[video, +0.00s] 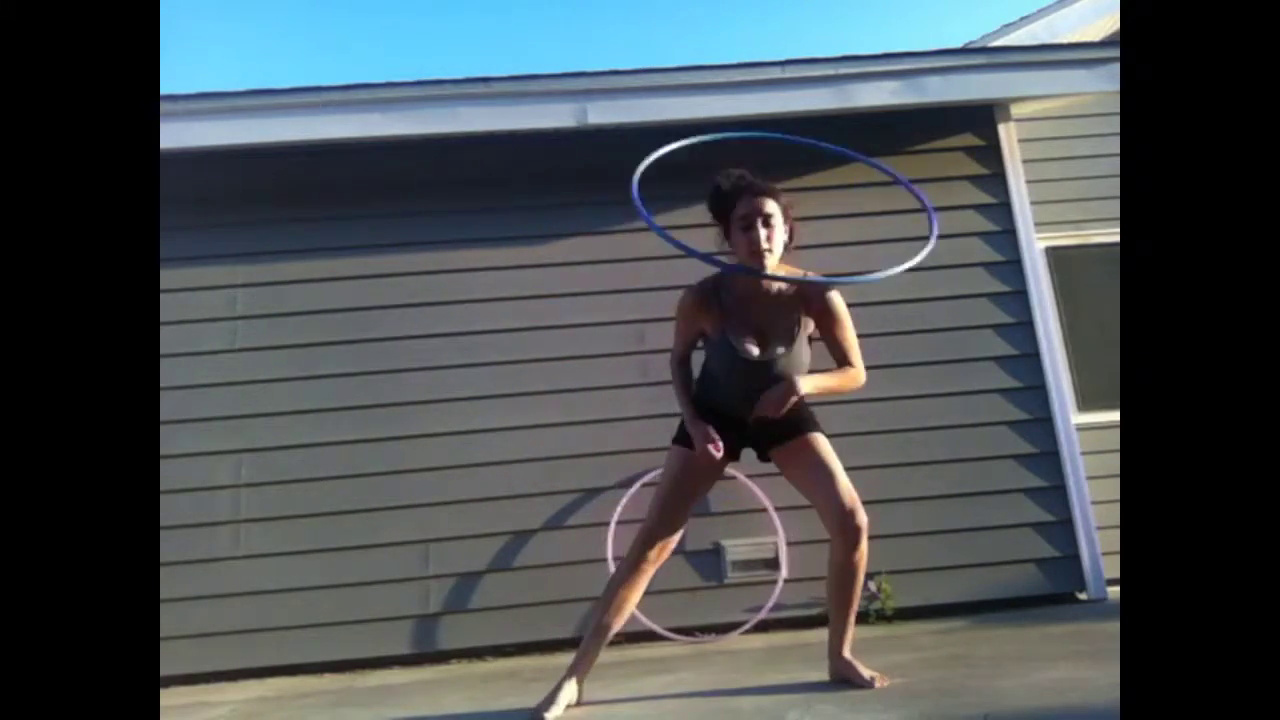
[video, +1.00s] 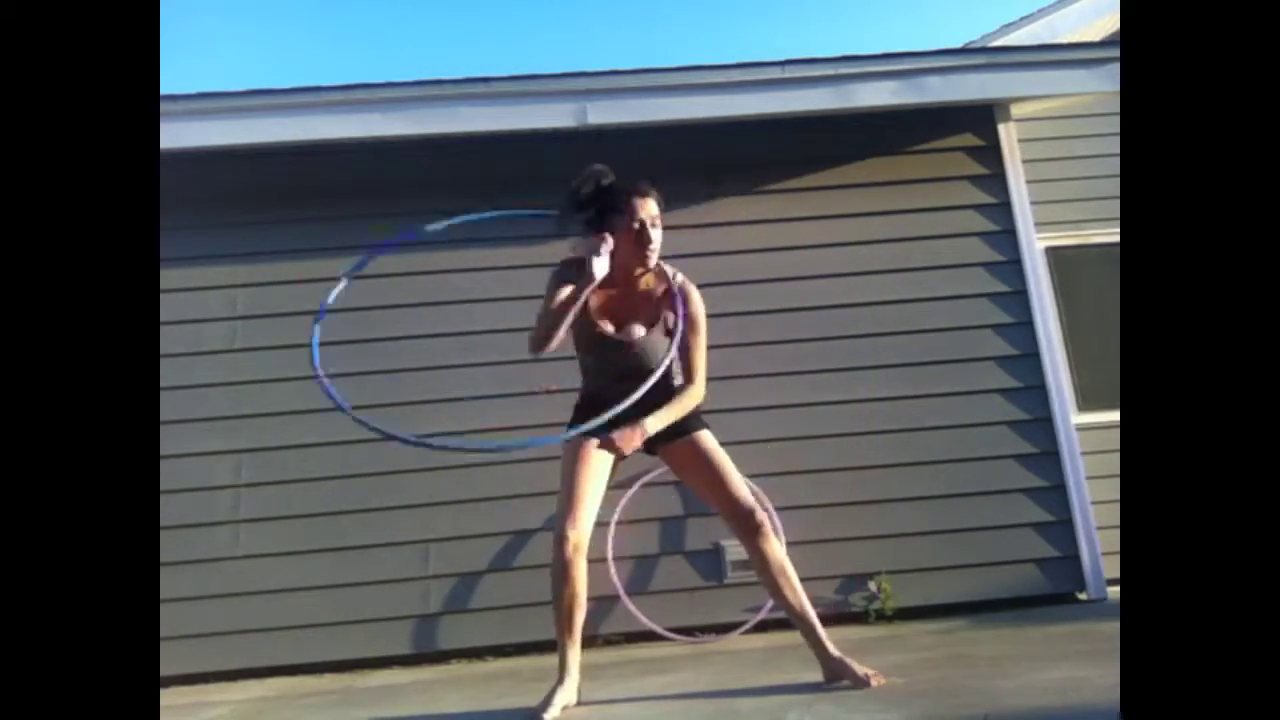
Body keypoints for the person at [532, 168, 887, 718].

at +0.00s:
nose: (761, 234)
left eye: (769, 222)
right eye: (747, 226)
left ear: (785, 230)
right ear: (728, 238)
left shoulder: (817, 296)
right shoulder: (705, 299)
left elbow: (855, 373)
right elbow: (679, 359)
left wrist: (803, 385)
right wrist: (693, 419)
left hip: (783, 416)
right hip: (713, 417)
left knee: (852, 523)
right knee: (652, 546)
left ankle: (840, 657)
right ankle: (572, 681)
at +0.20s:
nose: (721, 250)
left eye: (733, 238)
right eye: (710, 239)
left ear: (751, 237)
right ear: (694, 241)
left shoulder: (769, 281)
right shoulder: (668, 303)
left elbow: (806, 342)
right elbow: (661, 382)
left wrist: (791, 277)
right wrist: (694, 435)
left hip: (763, 415)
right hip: (695, 421)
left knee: (840, 519)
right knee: (628, 546)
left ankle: (839, 656)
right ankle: (570, 680)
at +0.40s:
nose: (679, 228)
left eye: (686, 218)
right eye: (666, 224)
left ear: (704, 227)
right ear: (650, 242)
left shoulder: (726, 268)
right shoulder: (637, 301)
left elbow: (746, 204)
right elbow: (630, 387)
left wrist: (676, 184)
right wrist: (664, 427)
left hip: (735, 416)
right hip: (666, 423)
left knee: (814, 523)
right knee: (604, 540)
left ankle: (836, 655)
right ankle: (569, 679)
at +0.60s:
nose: (648, 213)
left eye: (654, 206)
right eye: (635, 204)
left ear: (664, 219)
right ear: (604, 220)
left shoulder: (687, 264)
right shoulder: (598, 298)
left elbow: (714, 214)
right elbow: (598, 369)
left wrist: (621, 237)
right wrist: (610, 415)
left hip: (705, 405)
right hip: (635, 413)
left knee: (778, 516)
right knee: (598, 536)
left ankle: (835, 654)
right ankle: (571, 675)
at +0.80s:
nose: (633, 240)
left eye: (640, 230)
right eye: (619, 230)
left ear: (647, 234)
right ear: (584, 237)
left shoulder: (665, 291)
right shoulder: (558, 300)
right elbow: (546, 371)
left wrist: (620, 296)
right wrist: (594, 394)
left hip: (671, 405)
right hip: (603, 413)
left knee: (753, 518)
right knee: (578, 537)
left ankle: (833, 655)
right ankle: (568, 681)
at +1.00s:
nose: (649, 235)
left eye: (655, 223)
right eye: (635, 225)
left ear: (663, 226)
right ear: (606, 233)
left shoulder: (680, 293)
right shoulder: (575, 280)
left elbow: (693, 388)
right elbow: (544, 342)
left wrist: (644, 427)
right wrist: (587, 284)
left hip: (668, 411)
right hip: (600, 415)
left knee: (753, 518)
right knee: (568, 543)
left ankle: (828, 657)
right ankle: (567, 682)